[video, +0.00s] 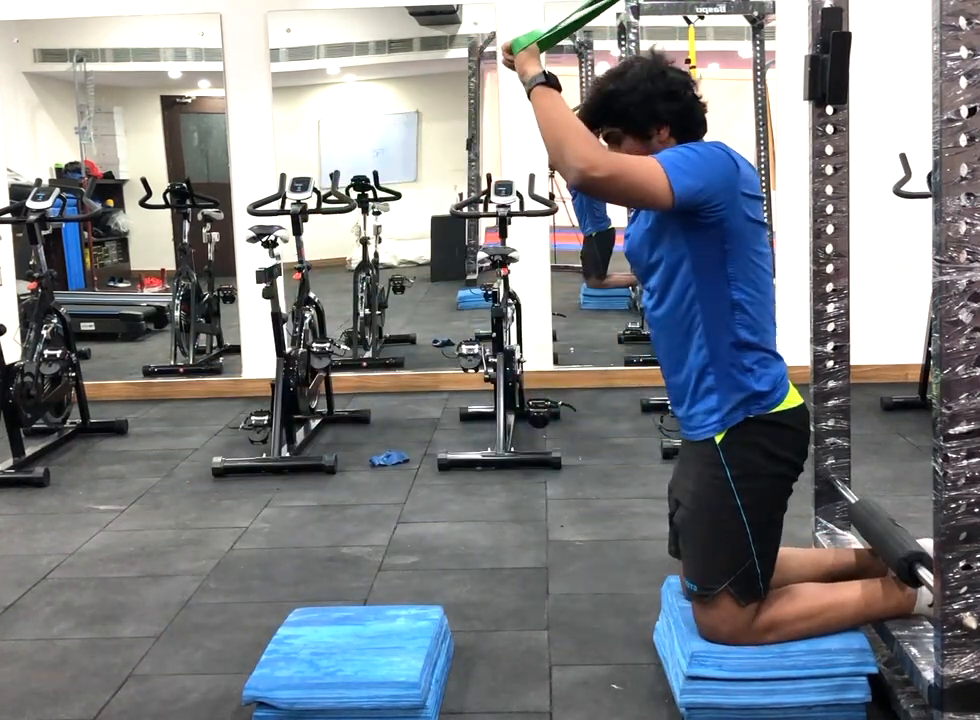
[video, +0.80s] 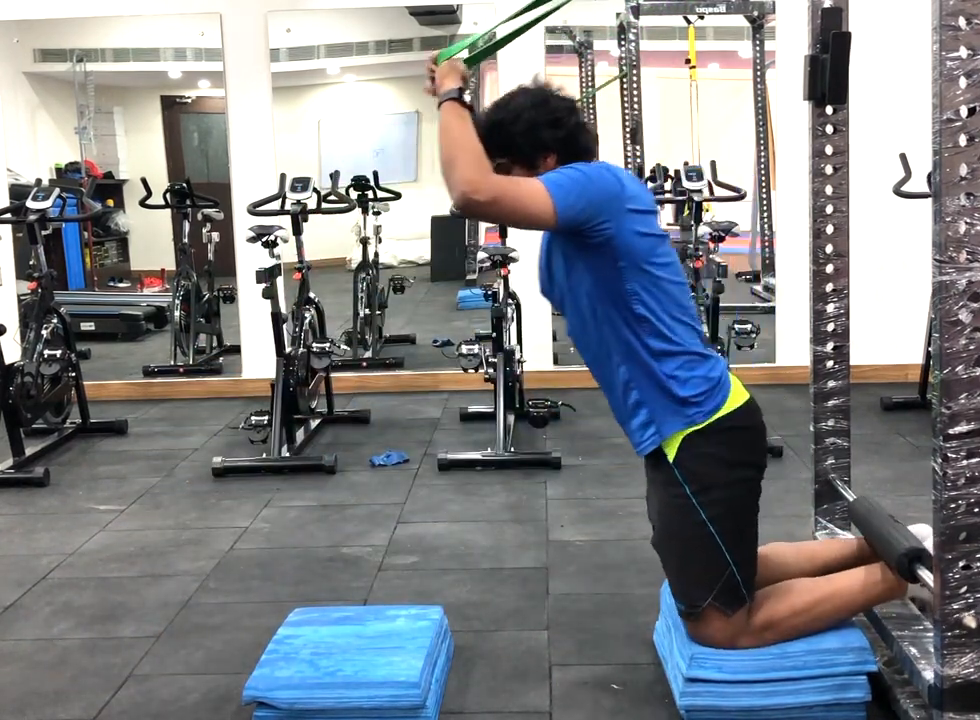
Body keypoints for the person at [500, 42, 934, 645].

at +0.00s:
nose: (611, 158)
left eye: (617, 143)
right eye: (606, 145)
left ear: (660, 133)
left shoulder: (710, 167)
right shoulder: (670, 193)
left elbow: (589, 168)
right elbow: (583, 168)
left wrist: (535, 78)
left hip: (747, 426)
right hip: (712, 426)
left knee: (728, 621)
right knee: (705, 577)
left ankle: (901, 593)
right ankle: (872, 560)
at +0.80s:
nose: (504, 188)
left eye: (507, 172)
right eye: (499, 173)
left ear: (544, 161)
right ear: (553, 157)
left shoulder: (601, 187)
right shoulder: (584, 201)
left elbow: (472, 190)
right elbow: (480, 192)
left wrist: (448, 96)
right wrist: (459, 102)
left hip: (703, 433)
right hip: (677, 433)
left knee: (721, 626)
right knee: (713, 579)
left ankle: (902, 576)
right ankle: (866, 547)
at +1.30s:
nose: (385, 259)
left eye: (387, 244)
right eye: (379, 242)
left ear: (417, 227)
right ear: (431, 219)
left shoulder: (485, 237)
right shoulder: (476, 257)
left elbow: (361, 255)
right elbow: (369, 255)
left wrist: (341, 168)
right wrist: (348, 172)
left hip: (659, 437)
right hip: (650, 433)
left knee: (720, 630)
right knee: (718, 585)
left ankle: (905, 569)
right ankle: (873, 540)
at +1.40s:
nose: (372, 276)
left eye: (369, 260)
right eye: (365, 260)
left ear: (397, 248)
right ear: (416, 217)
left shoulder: (464, 254)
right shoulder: (471, 253)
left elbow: (340, 275)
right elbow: (353, 271)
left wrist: (318, 189)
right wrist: (328, 191)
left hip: (648, 445)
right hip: (647, 431)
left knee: (723, 626)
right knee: (720, 583)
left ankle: (910, 572)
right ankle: (866, 539)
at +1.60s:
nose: (339, 306)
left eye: (338, 291)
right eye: (333, 293)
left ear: (365, 277)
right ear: (384, 251)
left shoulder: (431, 283)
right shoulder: (442, 277)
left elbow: (303, 310)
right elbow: (319, 307)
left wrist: (275, 231)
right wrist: (289, 231)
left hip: (631, 453)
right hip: (632, 436)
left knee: (722, 628)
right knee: (714, 587)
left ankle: (899, 571)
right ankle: (860, 541)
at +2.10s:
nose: (278, 416)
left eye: (274, 403)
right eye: (273, 402)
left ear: (293, 377)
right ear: (310, 340)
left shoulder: (354, 365)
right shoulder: (370, 353)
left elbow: (232, 437)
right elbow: (252, 426)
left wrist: (174, 372)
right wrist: (200, 361)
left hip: (590, 476)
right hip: (593, 451)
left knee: (719, 631)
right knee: (714, 585)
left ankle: (905, 567)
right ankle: (866, 538)